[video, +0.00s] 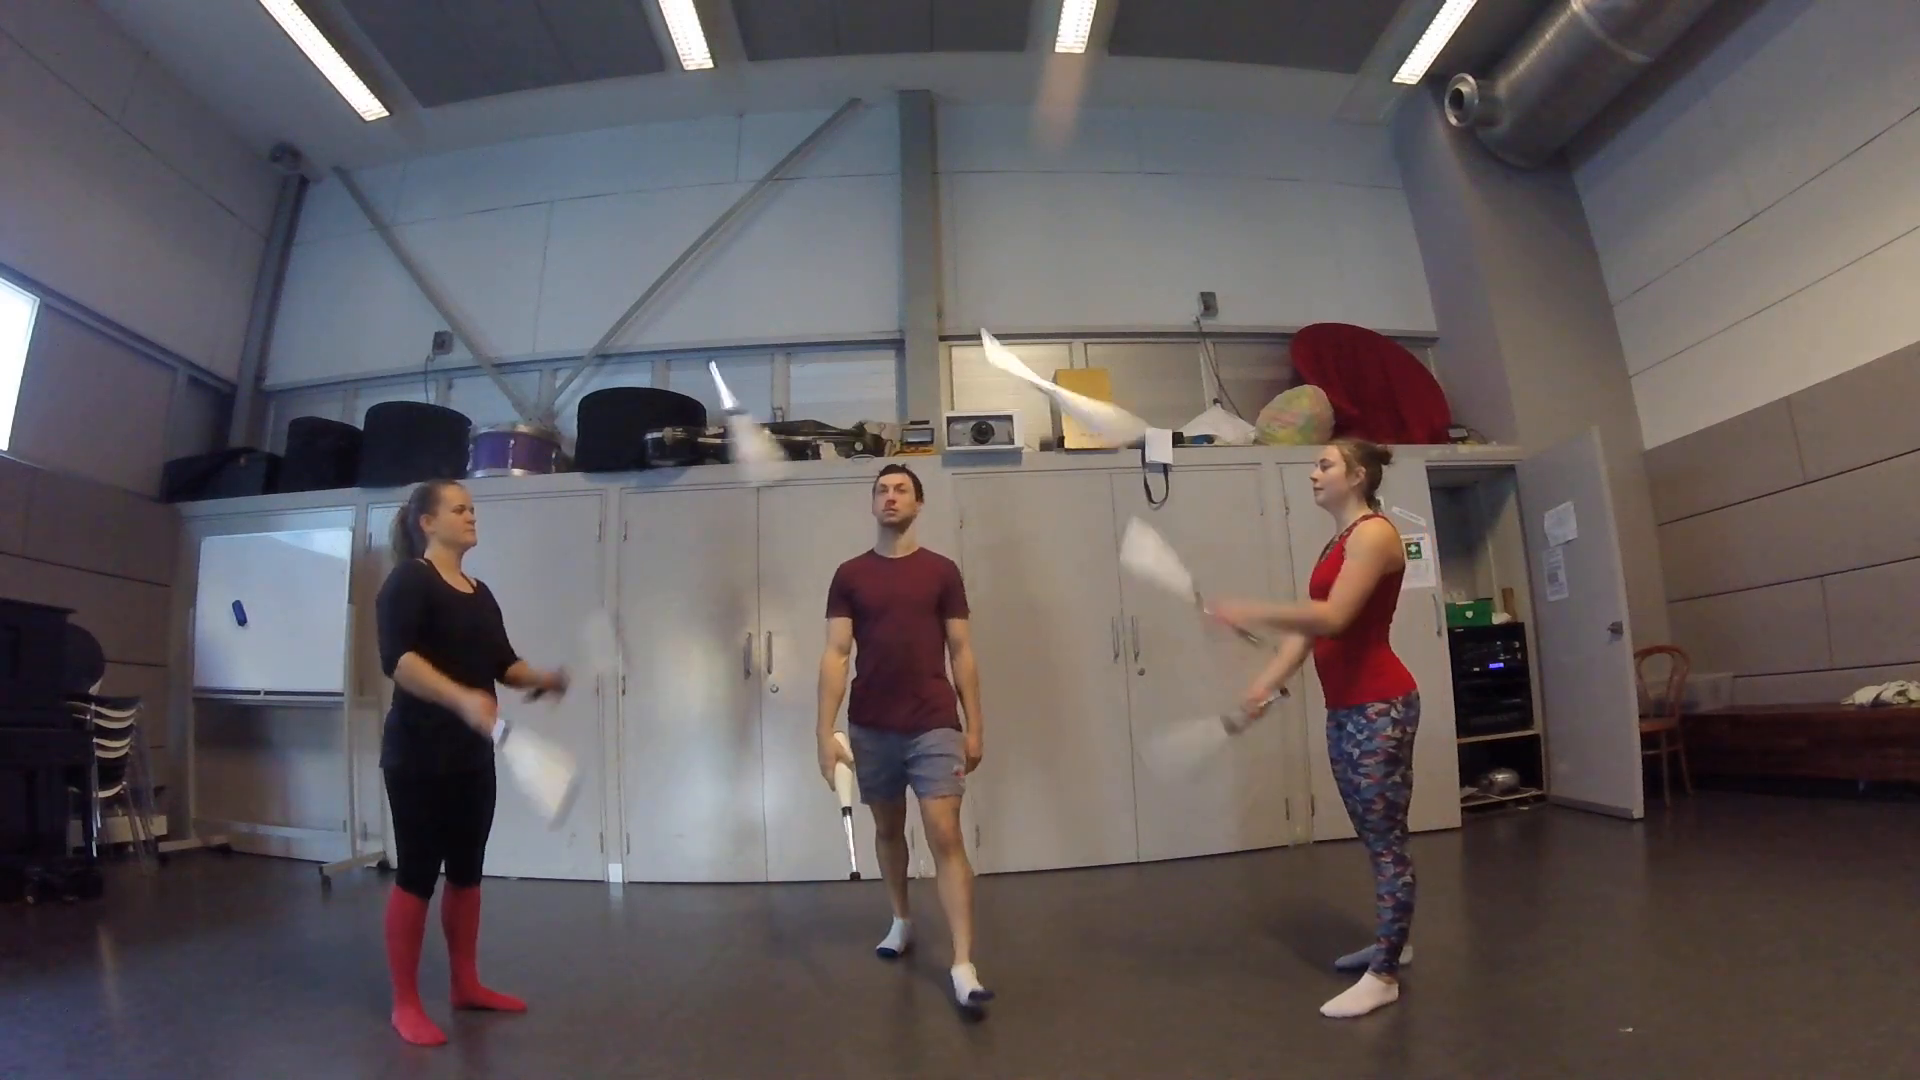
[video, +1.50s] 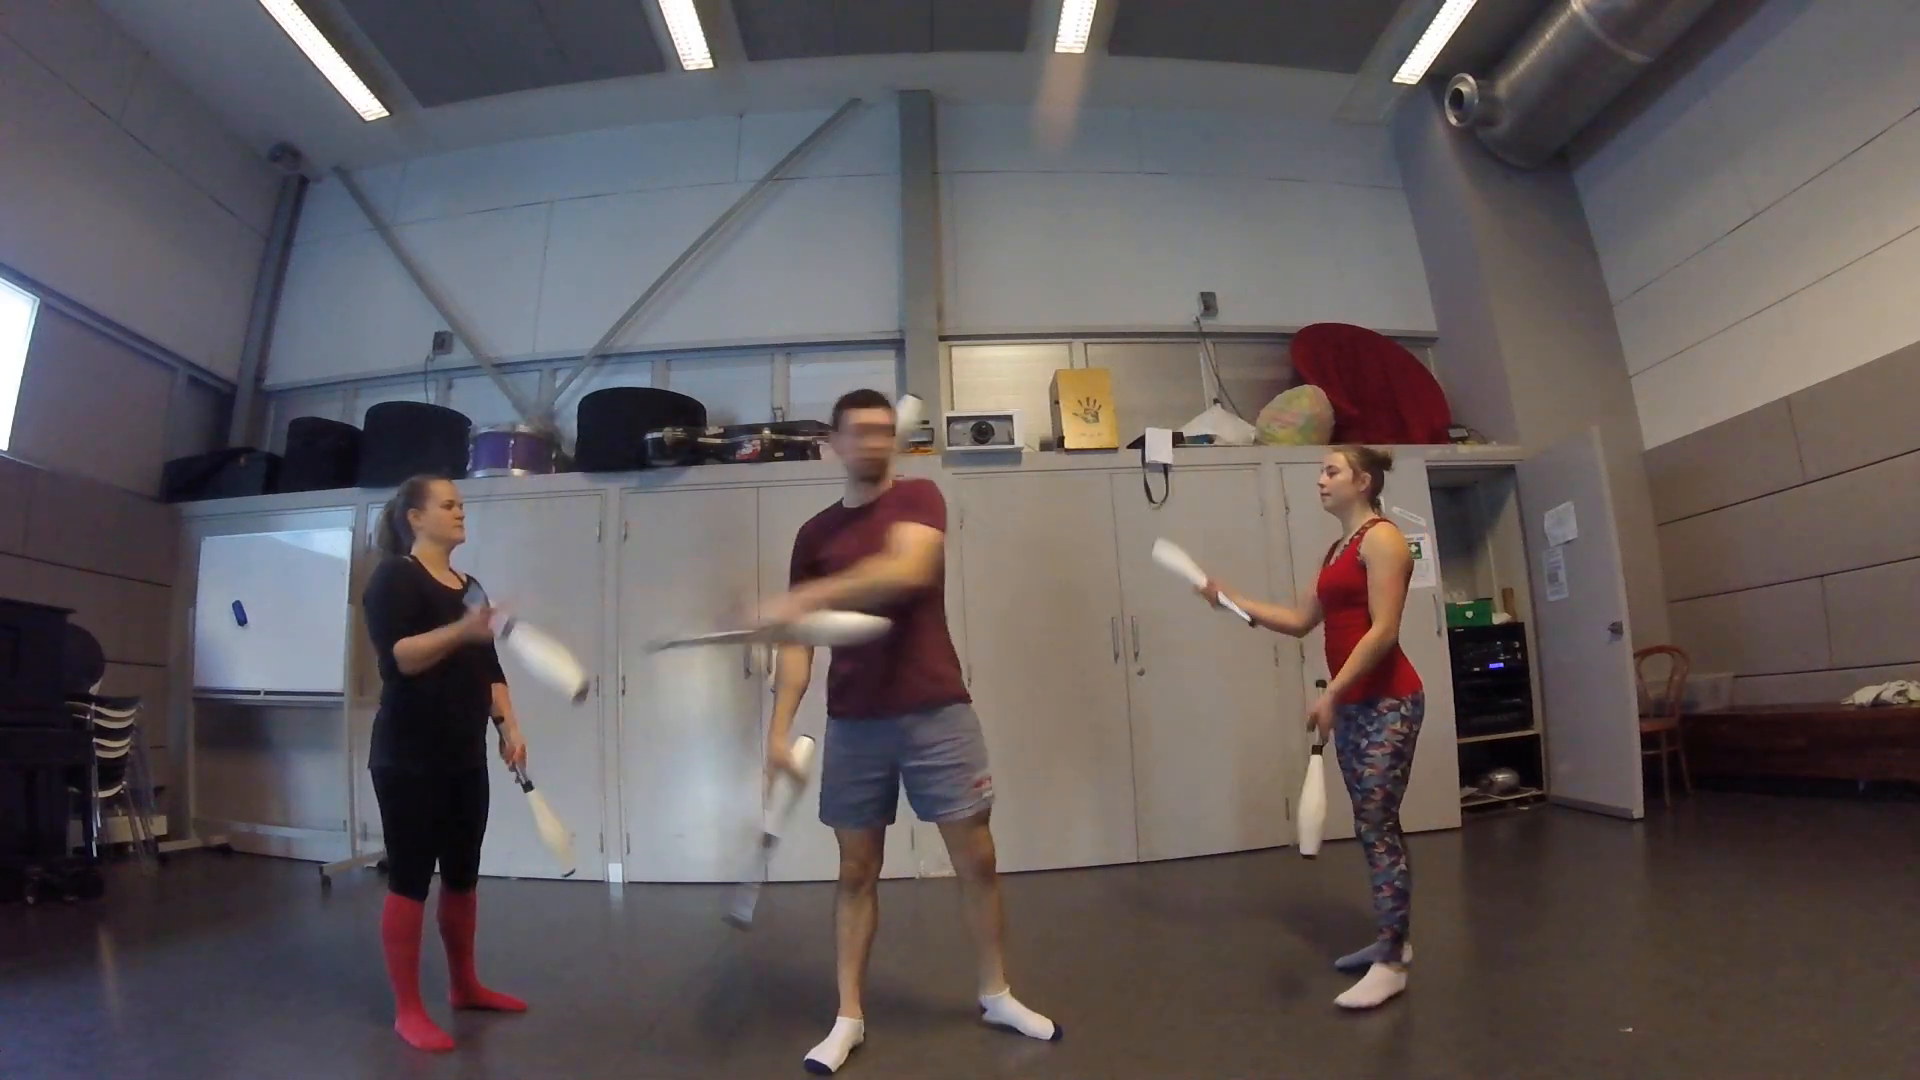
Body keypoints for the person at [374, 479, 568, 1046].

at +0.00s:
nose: (472, 518)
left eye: (472, 510)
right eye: (460, 510)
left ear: (467, 523)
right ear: (426, 522)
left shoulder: (478, 591)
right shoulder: (406, 584)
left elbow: (504, 665)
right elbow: (397, 660)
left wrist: (541, 678)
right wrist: (463, 698)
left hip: (473, 749)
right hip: (418, 751)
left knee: (466, 872)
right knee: (416, 874)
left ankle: (467, 987)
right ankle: (405, 1005)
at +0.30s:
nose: (468, 519)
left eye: (468, 511)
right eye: (455, 511)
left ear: (460, 523)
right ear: (422, 523)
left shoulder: (476, 593)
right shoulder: (404, 587)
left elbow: (521, 650)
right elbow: (410, 663)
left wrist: (568, 597)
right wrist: (489, 683)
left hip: (473, 753)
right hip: (418, 755)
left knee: (467, 874)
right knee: (419, 878)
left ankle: (467, 988)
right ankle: (409, 1010)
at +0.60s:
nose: (460, 518)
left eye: (460, 509)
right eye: (447, 510)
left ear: (456, 521)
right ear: (413, 522)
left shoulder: (470, 591)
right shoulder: (399, 582)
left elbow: (497, 660)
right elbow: (428, 645)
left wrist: (539, 684)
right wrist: (500, 612)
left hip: (469, 752)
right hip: (414, 754)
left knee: (465, 874)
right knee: (413, 878)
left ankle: (466, 988)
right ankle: (408, 1011)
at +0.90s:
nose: (459, 515)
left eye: (459, 507)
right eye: (446, 507)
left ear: (457, 518)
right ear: (412, 519)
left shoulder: (470, 588)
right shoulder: (394, 579)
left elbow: (504, 657)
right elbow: (379, 665)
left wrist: (540, 622)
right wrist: (435, 712)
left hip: (465, 750)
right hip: (410, 750)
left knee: (465, 871)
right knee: (410, 875)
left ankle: (466, 988)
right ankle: (408, 1011)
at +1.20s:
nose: (459, 515)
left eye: (460, 507)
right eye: (447, 507)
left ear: (456, 518)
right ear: (413, 518)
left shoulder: (464, 588)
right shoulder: (394, 583)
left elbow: (482, 661)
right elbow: (404, 666)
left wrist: (536, 674)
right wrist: (487, 694)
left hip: (463, 754)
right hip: (409, 757)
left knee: (460, 874)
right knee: (410, 878)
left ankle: (465, 988)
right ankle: (408, 1012)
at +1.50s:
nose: (461, 514)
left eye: (461, 505)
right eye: (449, 506)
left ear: (455, 519)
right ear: (415, 517)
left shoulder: (467, 589)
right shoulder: (392, 578)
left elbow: (489, 666)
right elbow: (400, 656)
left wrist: (510, 724)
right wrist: (464, 630)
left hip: (464, 753)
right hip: (407, 755)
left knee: (461, 874)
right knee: (410, 879)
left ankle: (465, 988)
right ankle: (408, 1011)